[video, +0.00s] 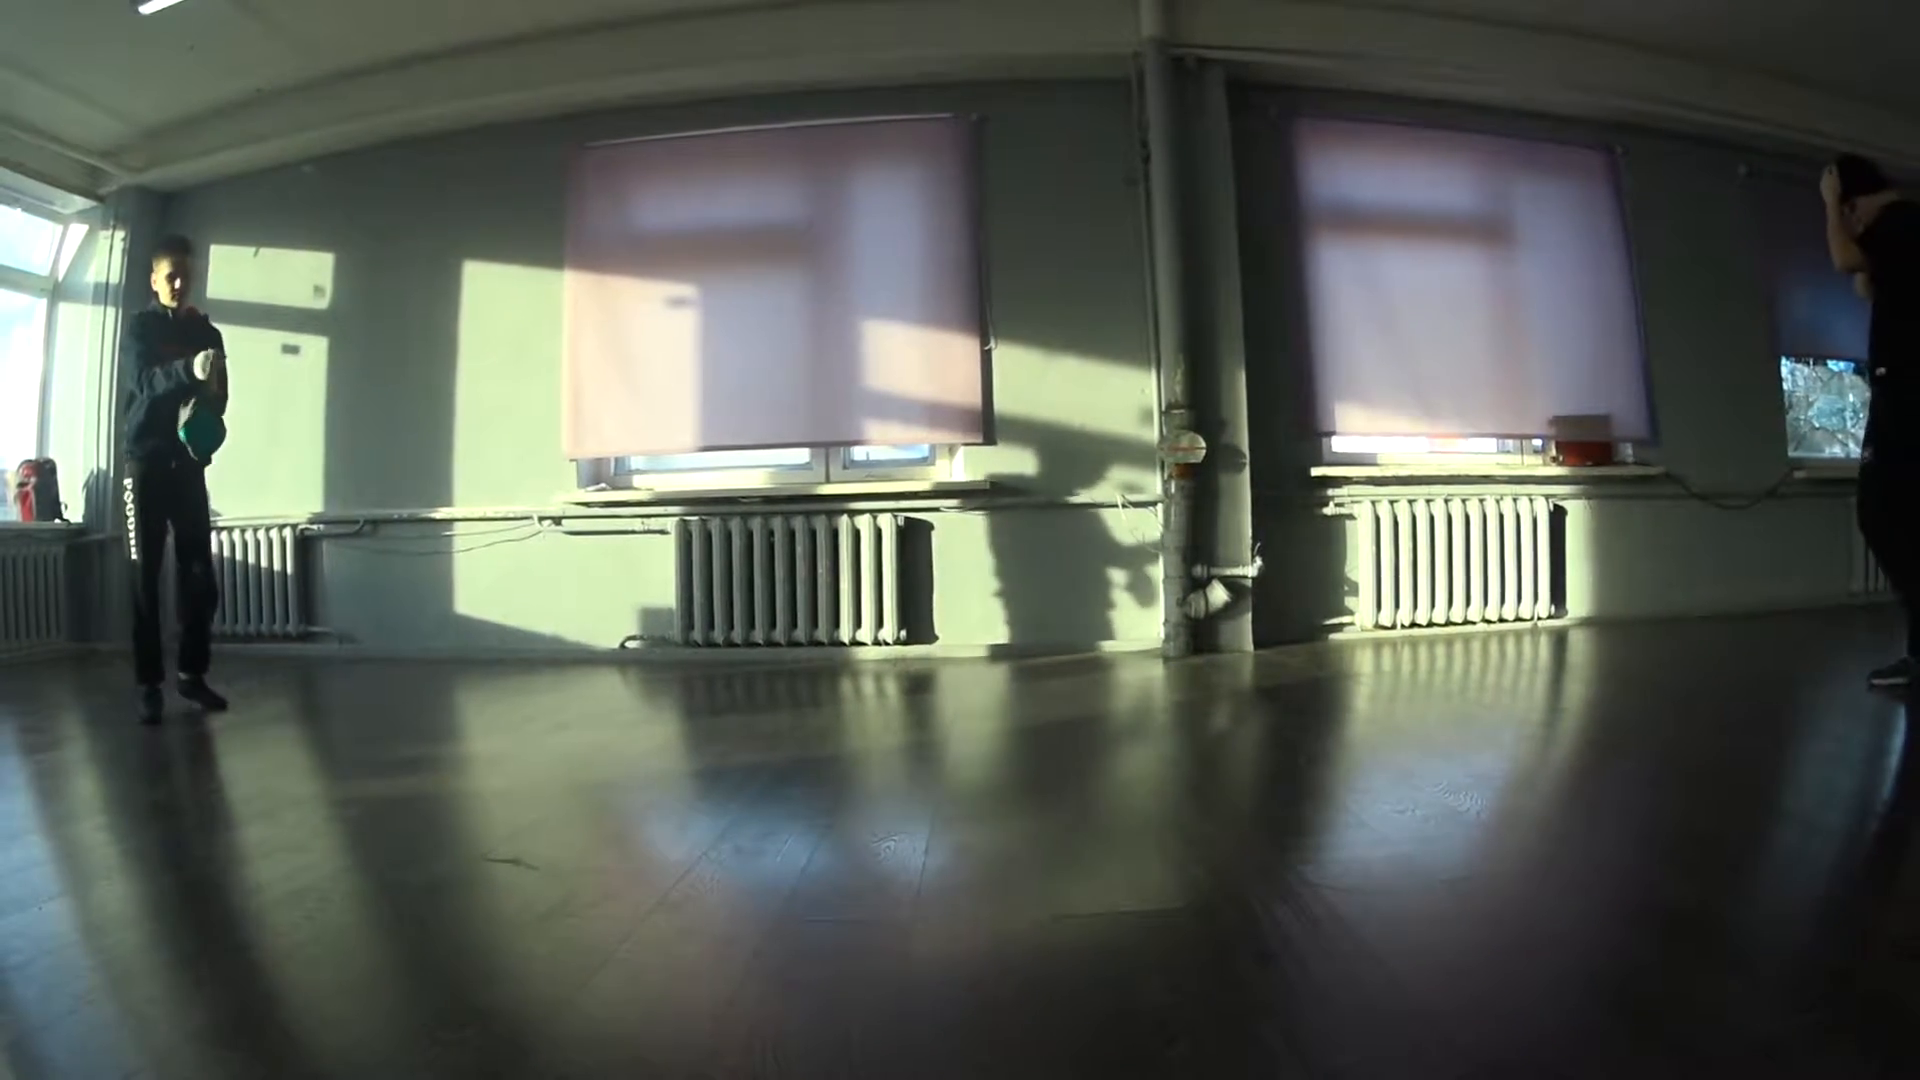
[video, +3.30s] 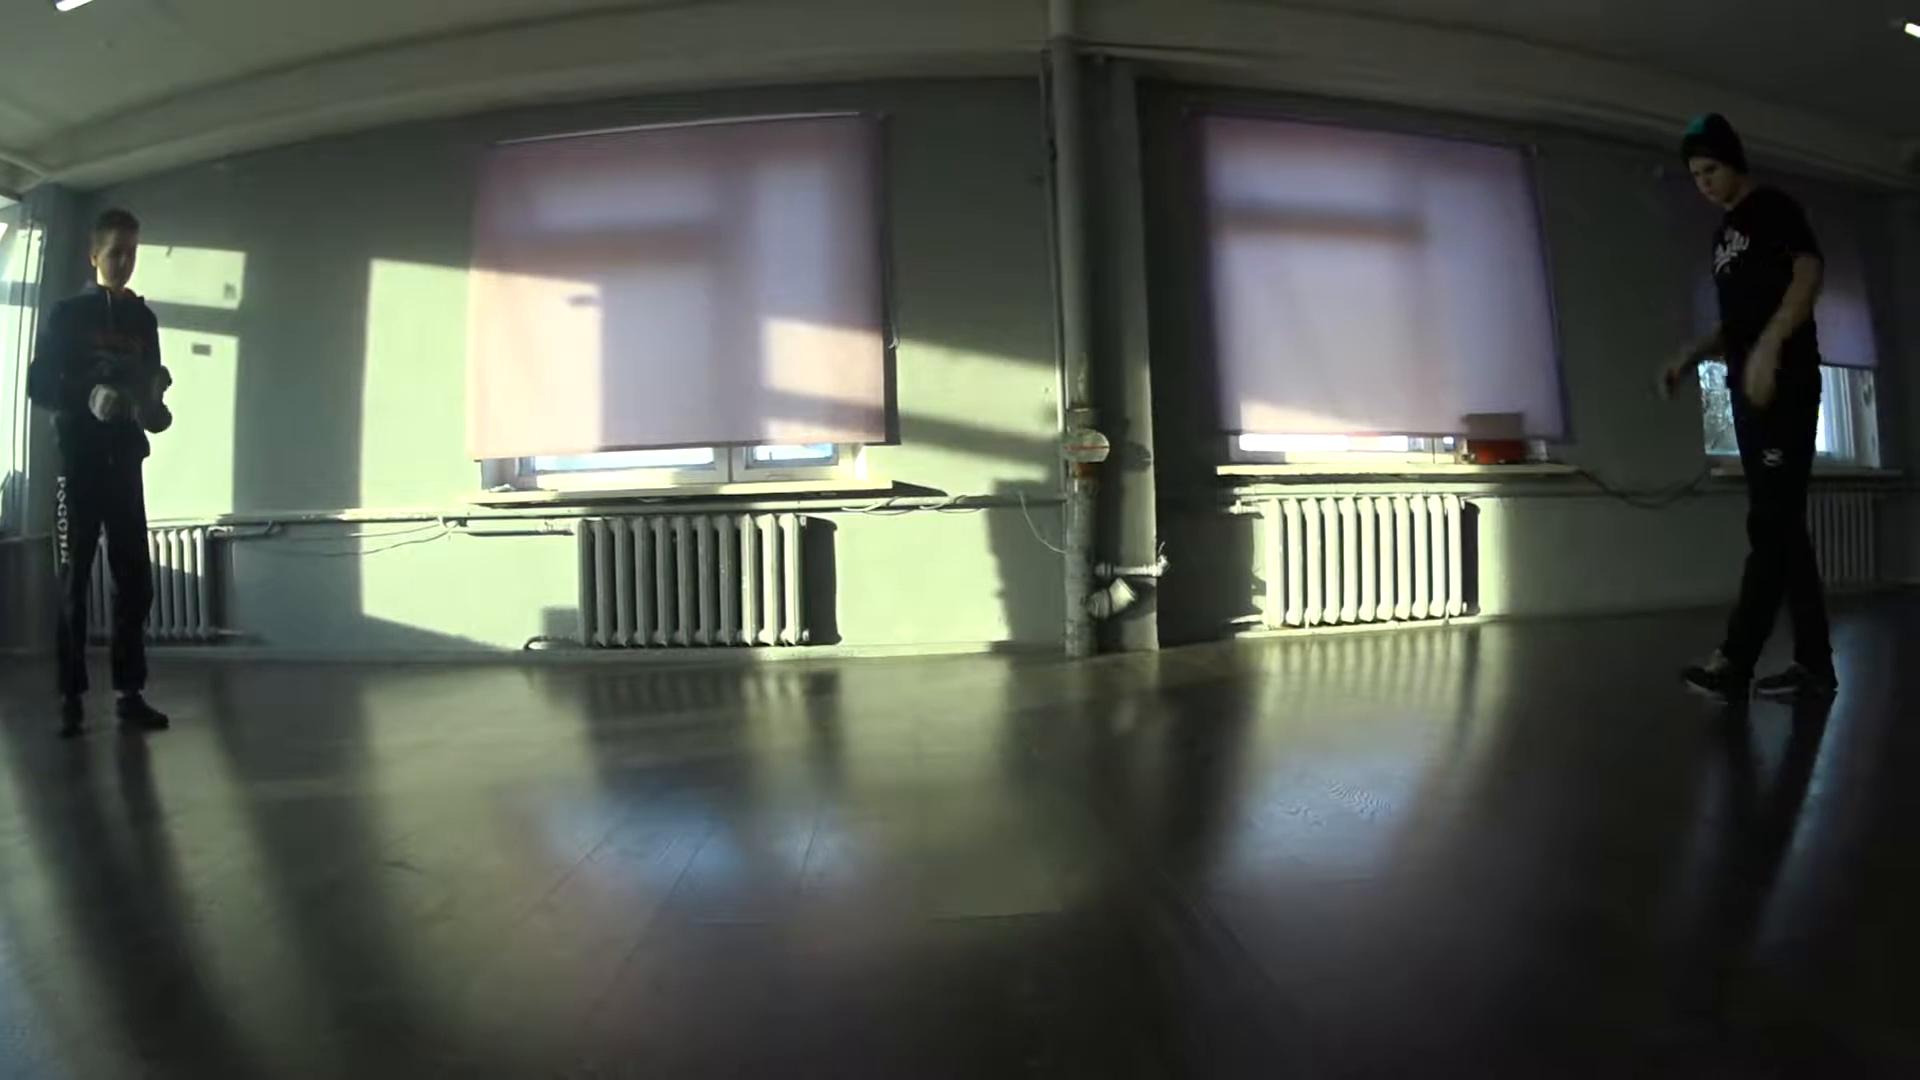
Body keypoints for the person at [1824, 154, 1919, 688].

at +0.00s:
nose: (1842, 217)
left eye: (1842, 204)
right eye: (1840, 205)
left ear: (1856, 200)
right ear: (1876, 191)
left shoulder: (1895, 224)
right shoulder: (1895, 225)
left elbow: (1847, 259)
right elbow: (1862, 280)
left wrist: (1830, 205)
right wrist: (1845, 214)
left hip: (1902, 403)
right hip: (1898, 400)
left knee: (1881, 514)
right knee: (1887, 514)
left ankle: (1917, 652)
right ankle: (1915, 651)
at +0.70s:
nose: (1769, 196)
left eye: (1771, 184)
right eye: (1764, 186)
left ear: (1791, 183)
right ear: (1801, 185)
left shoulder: (1841, 215)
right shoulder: (1816, 238)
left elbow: (1785, 229)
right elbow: (1766, 280)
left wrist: (1765, 185)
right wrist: (1770, 223)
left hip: (1847, 386)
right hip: (1823, 389)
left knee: (1845, 518)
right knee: (1838, 520)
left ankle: (1910, 624)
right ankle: (1864, 653)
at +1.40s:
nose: (1810, 169)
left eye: (1817, 158)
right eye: (1799, 163)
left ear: (1836, 161)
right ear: (1789, 175)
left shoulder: (1869, 212)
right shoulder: (1796, 225)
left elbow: (1861, 188)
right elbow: (1744, 250)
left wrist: (1820, 128)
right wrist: (1776, 186)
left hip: (1870, 380)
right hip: (1815, 383)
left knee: (1872, 514)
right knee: (1824, 517)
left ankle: (1881, 656)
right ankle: (1848, 652)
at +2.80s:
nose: (1738, 166)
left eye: (1747, 155)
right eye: (1736, 156)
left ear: (1774, 157)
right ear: (1742, 162)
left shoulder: (1809, 202)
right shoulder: (1752, 224)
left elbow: (1769, 195)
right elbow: (1704, 250)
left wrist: (1748, 142)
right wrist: (1722, 195)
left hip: (1811, 377)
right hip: (1770, 380)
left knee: (1804, 515)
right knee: (1785, 521)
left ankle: (1859, 645)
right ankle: (1812, 659)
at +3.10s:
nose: (1724, 179)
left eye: (1732, 168)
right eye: (1716, 172)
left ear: (1756, 164)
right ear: (1711, 176)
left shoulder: (1792, 204)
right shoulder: (1733, 227)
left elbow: (1784, 234)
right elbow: (1702, 290)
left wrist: (1716, 187)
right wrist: (1694, 237)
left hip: (1798, 378)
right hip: (1757, 381)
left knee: (1783, 518)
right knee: (1777, 519)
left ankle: (1811, 665)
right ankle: (1799, 661)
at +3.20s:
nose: (1717, 181)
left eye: (1724, 167)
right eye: (1708, 173)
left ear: (1748, 161)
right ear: (1704, 178)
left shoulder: (1782, 203)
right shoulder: (1733, 232)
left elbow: (1804, 251)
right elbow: (1723, 308)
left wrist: (1721, 262)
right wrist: (1694, 284)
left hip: (1794, 378)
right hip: (1755, 382)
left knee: (1777, 517)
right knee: (1782, 518)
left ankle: (1767, 661)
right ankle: (1813, 661)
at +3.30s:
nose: (1706, 184)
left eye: (1712, 170)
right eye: (1697, 176)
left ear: (1736, 162)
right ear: (1696, 178)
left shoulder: (1773, 208)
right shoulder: (1728, 232)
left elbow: (1808, 274)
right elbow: (1737, 321)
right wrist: (1689, 357)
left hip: (1787, 386)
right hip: (1752, 389)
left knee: (1771, 524)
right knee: (1782, 524)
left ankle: (1734, 662)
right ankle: (1815, 663)